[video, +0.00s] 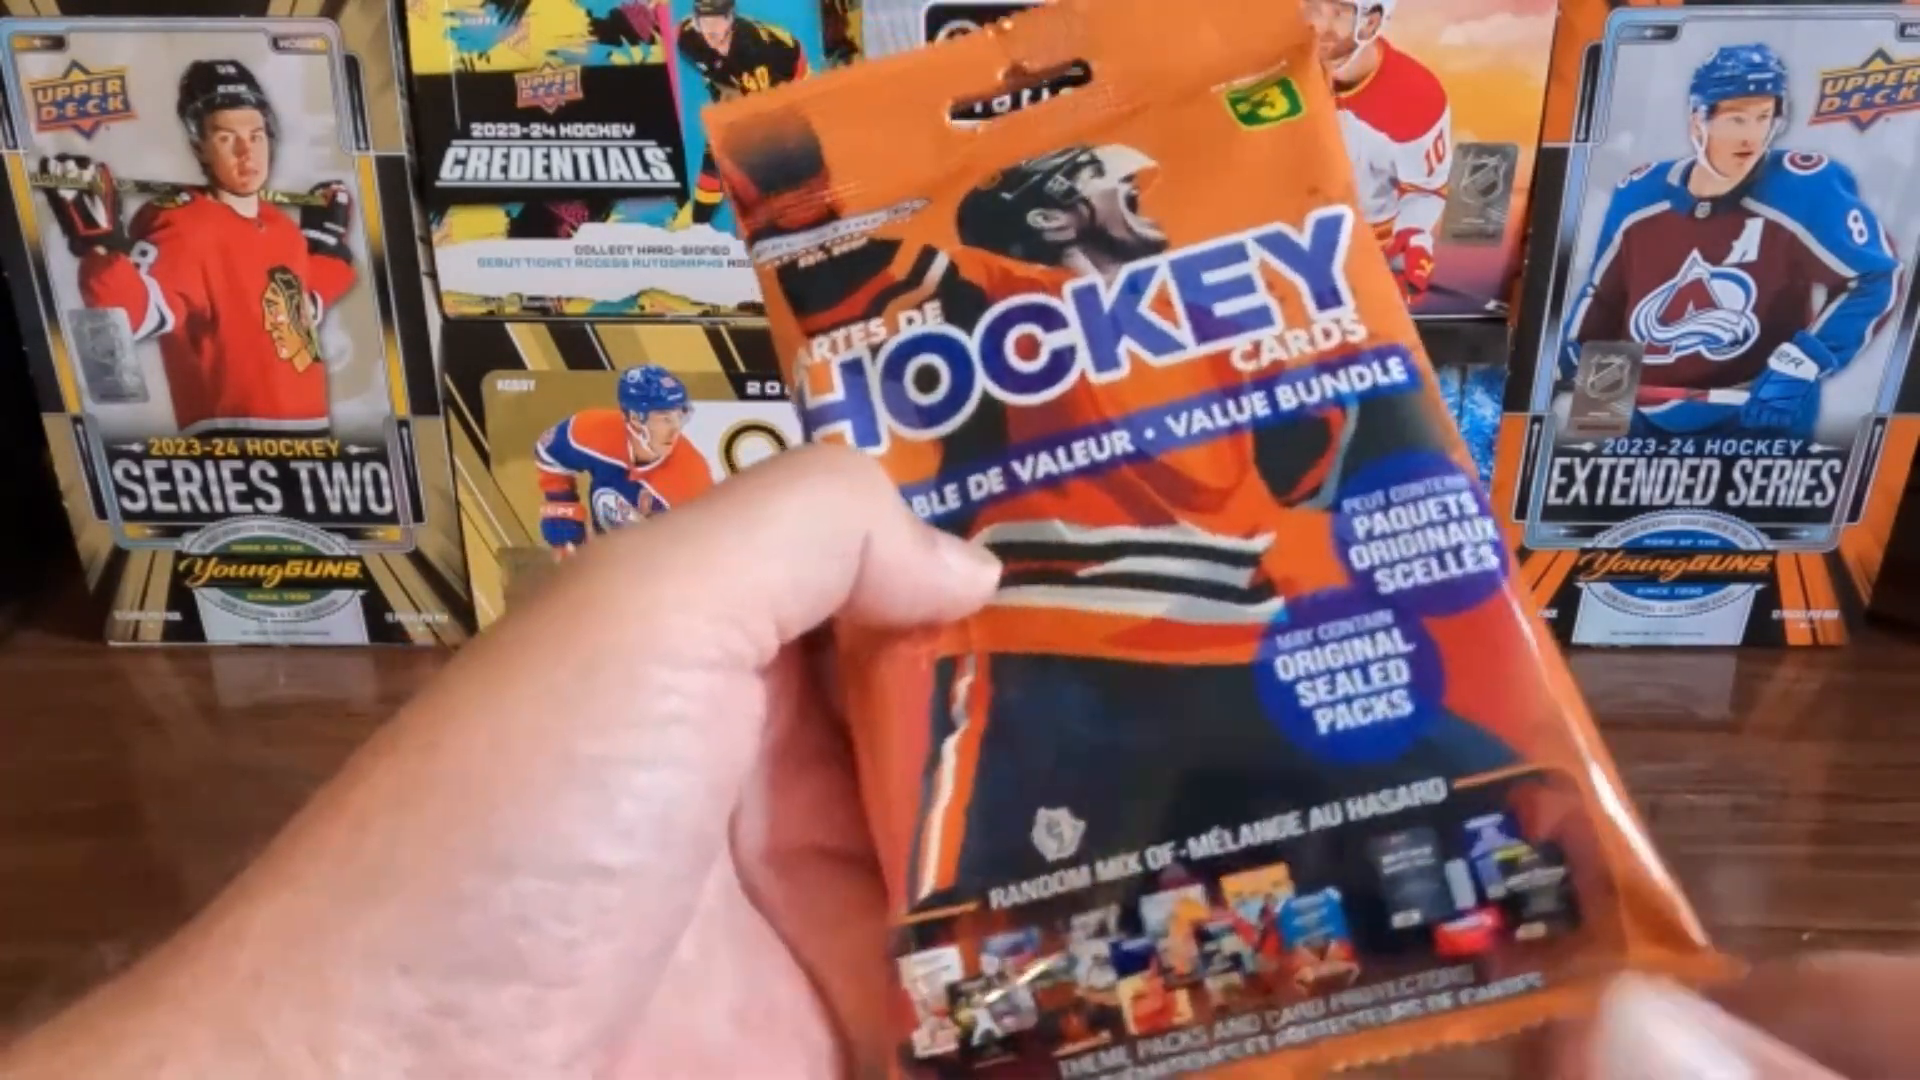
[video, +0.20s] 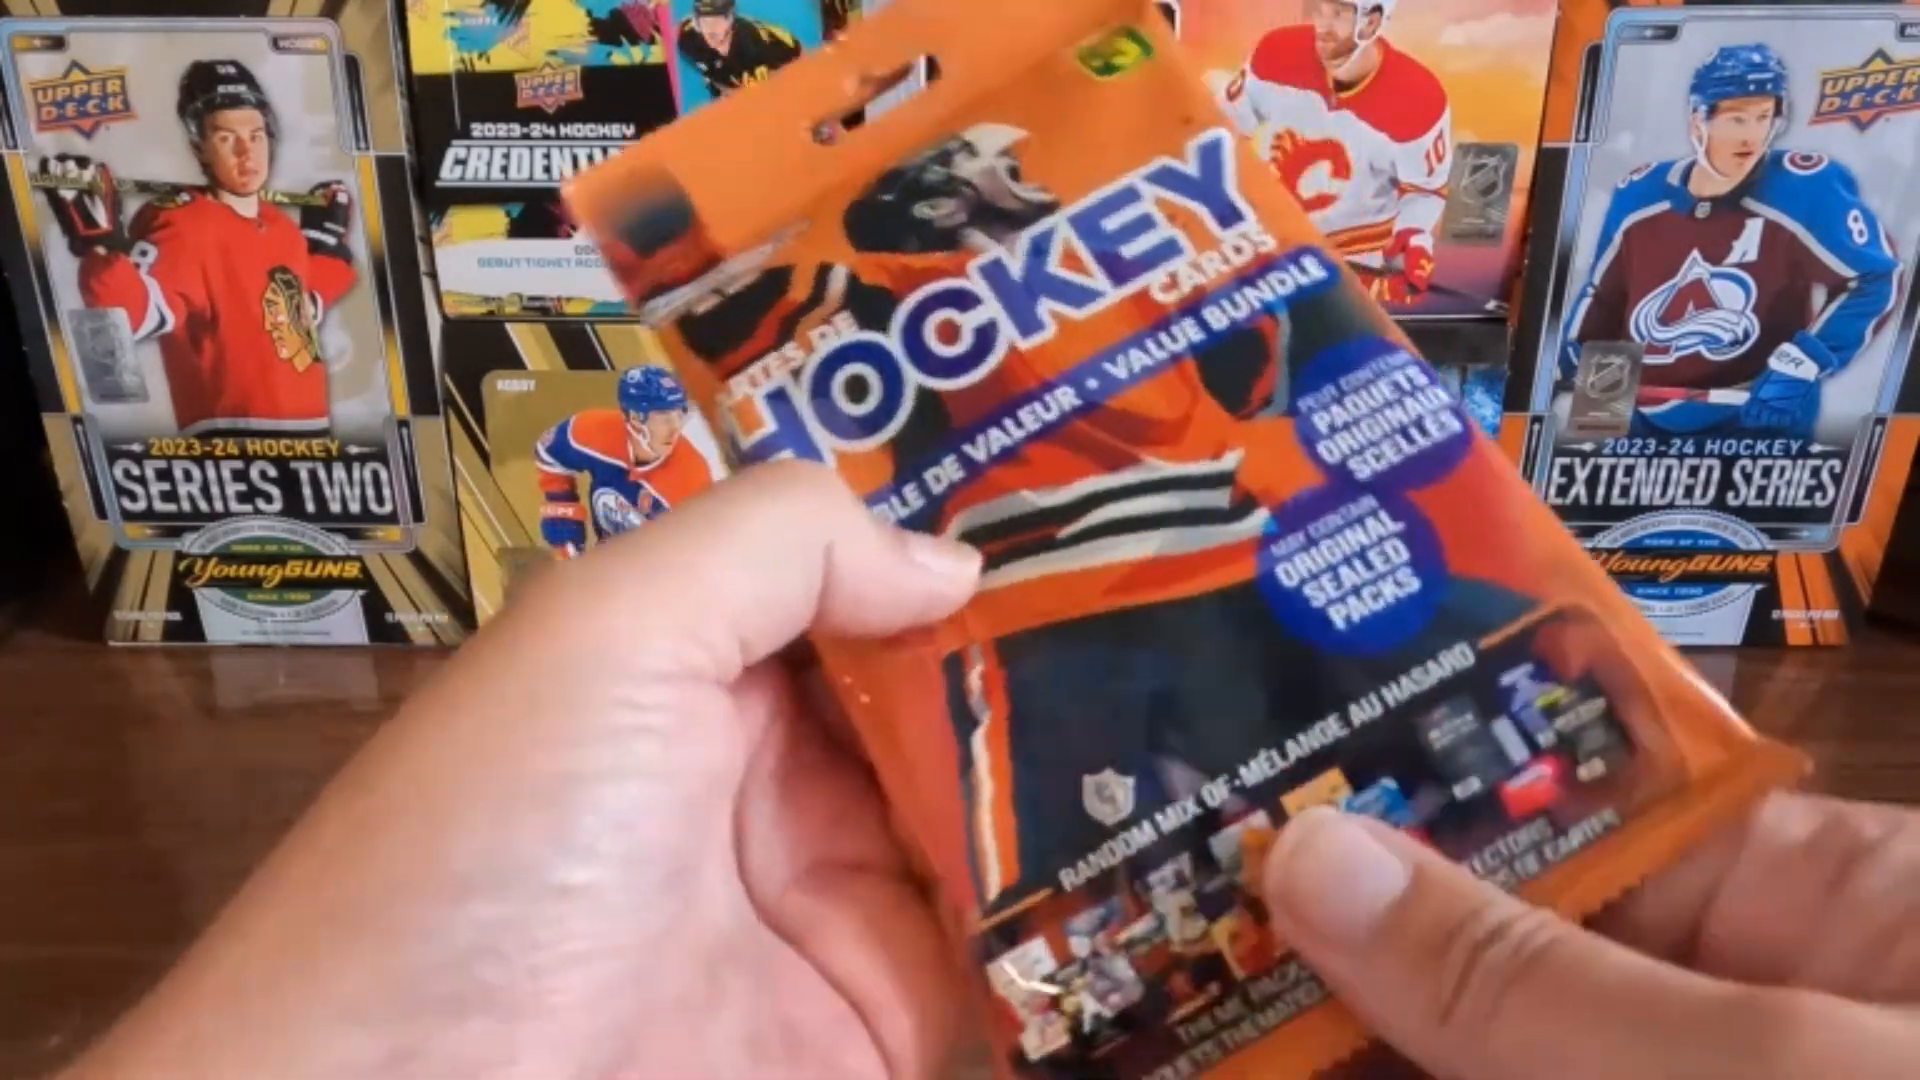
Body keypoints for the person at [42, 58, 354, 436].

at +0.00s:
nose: (247, 153)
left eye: (256, 135)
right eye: (228, 139)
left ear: (270, 139)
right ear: (200, 150)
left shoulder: (283, 228)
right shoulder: (184, 226)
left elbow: (302, 305)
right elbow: (141, 315)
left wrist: (335, 252)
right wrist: (100, 250)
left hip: (307, 433)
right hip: (230, 440)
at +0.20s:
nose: (247, 153)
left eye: (256, 135)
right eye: (228, 139)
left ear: (270, 139)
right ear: (201, 150)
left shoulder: (283, 228)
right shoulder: (184, 226)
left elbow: (302, 305)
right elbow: (142, 315)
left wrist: (334, 252)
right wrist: (100, 250)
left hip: (307, 433)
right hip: (230, 440)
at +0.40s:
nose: (248, 153)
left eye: (257, 135)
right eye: (228, 140)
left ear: (270, 139)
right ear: (200, 149)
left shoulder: (282, 228)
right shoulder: (183, 227)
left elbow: (302, 306)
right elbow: (138, 317)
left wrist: (332, 249)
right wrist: (100, 249)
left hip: (308, 435)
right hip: (230, 443)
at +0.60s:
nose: (247, 153)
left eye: (257, 135)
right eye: (228, 140)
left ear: (270, 138)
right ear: (200, 149)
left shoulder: (282, 228)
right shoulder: (183, 227)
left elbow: (303, 311)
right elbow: (137, 317)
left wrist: (330, 247)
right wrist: (99, 249)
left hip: (308, 435)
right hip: (231, 442)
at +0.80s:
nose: (247, 153)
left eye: (256, 135)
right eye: (226, 138)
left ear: (269, 138)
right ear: (199, 148)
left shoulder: (284, 229)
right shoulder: (183, 228)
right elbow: (140, 318)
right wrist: (98, 249)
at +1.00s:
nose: (247, 152)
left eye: (257, 135)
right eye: (227, 139)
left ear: (270, 139)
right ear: (200, 148)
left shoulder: (284, 229)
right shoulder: (180, 227)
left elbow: (327, 319)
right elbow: (141, 315)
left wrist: (331, 251)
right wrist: (100, 249)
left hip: (300, 421)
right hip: (223, 431)